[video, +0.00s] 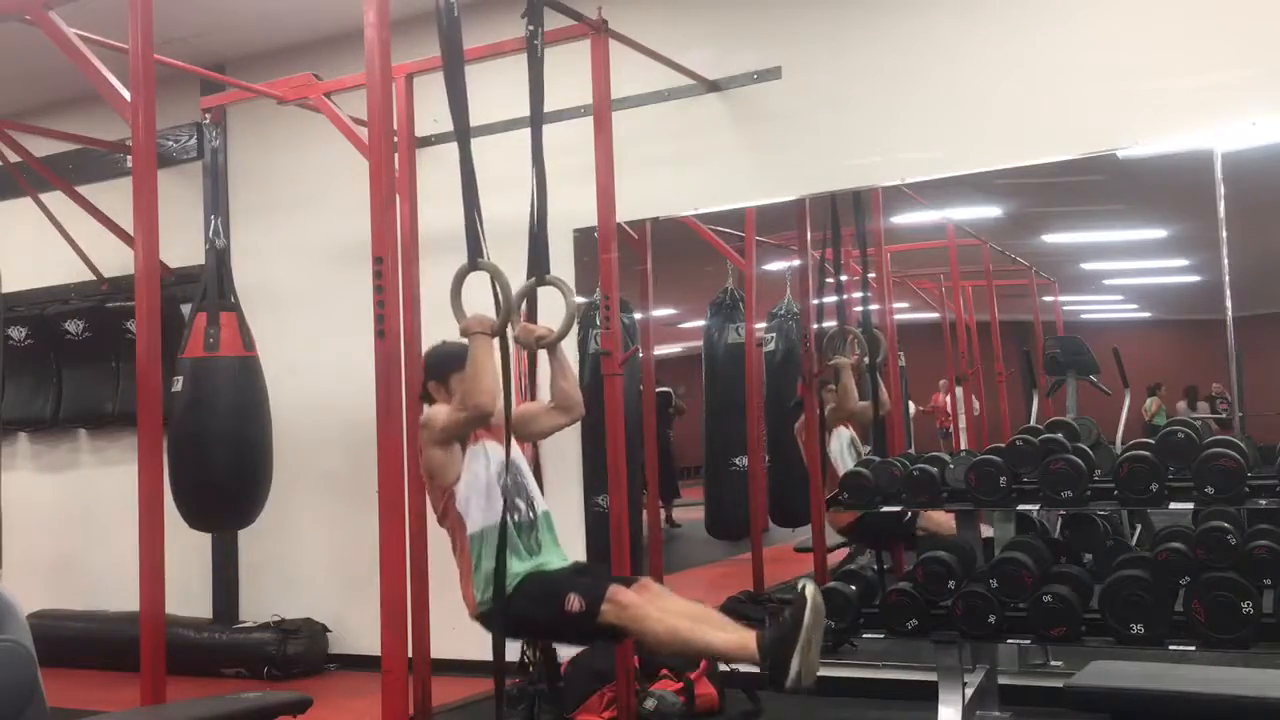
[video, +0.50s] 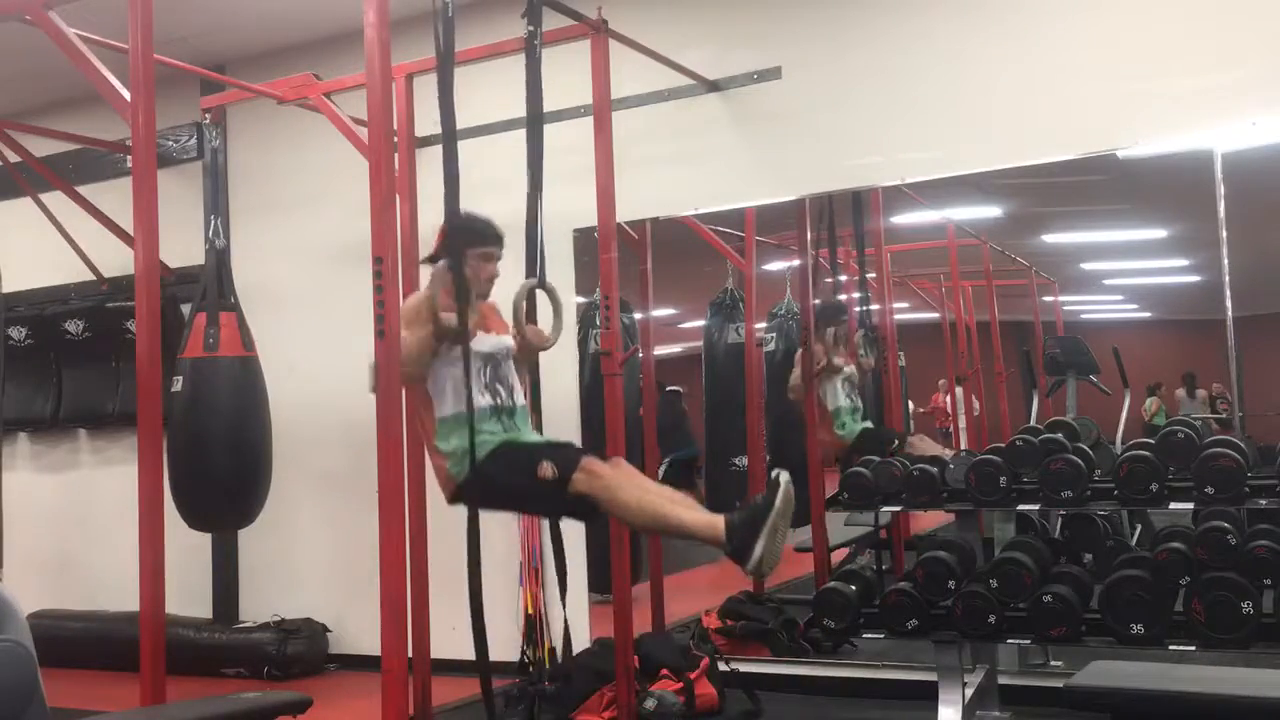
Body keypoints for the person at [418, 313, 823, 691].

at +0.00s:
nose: (473, 388)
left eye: (472, 379)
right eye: (460, 380)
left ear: (469, 383)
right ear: (436, 391)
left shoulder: (499, 425)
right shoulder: (432, 428)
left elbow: (568, 406)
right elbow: (480, 405)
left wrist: (552, 344)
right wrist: (480, 338)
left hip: (550, 569)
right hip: (504, 589)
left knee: (648, 590)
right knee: (622, 605)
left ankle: (768, 644)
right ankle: (764, 653)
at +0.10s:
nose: (464, 369)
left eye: (464, 360)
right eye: (452, 361)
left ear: (463, 364)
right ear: (428, 368)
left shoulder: (489, 403)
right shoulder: (421, 405)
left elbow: (563, 408)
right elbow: (470, 402)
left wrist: (547, 347)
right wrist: (471, 334)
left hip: (546, 543)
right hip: (505, 562)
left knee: (644, 563)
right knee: (621, 575)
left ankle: (759, 614)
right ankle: (760, 625)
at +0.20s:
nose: (469, 342)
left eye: (471, 335)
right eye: (458, 334)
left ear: (470, 341)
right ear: (428, 340)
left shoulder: (485, 382)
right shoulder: (419, 378)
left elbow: (559, 407)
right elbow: (452, 403)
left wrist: (549, 346)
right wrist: (464, 336)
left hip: (535, 515)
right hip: (497, 533)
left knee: (640, 536)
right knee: (616, 547)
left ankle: (759, 594)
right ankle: (751, 596)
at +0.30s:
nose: (465, 319)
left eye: (469, 313)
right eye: (456, 312)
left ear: (474, 316)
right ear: (432, 314)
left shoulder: (489, 360)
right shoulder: (418, 353)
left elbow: (546, 411)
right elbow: (437, 401)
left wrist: (541, 351)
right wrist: (457, 332)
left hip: (534, 491)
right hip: (493, 505)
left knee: (634, 511)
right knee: (608, 518)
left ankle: (754, 564)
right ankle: (747, 570)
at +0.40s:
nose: (477, 294)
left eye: (481, 284)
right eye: (467, 283)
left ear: (483, 285)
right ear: (435, 284)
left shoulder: (485, 332)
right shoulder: (416, 331)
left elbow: (527, 398)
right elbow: (410, 394)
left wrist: (536, 351)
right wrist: (453, 337)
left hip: (523, 466)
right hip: (484, 479)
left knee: (625, 487)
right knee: (602, 495)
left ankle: (746, 551)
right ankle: (738, 550)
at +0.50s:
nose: (494, 271)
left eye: (497, 261)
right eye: (483, 261)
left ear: (494, 262)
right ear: (452, 262)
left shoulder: (489, 311)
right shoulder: (422, 307)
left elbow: (518, 385)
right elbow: (401, 369)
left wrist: (530, 354)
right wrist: (440, 333)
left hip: (514, 445)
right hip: (472, 458)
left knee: (618, 470)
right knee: (592, 475)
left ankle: (740, 539)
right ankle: (728, 533)